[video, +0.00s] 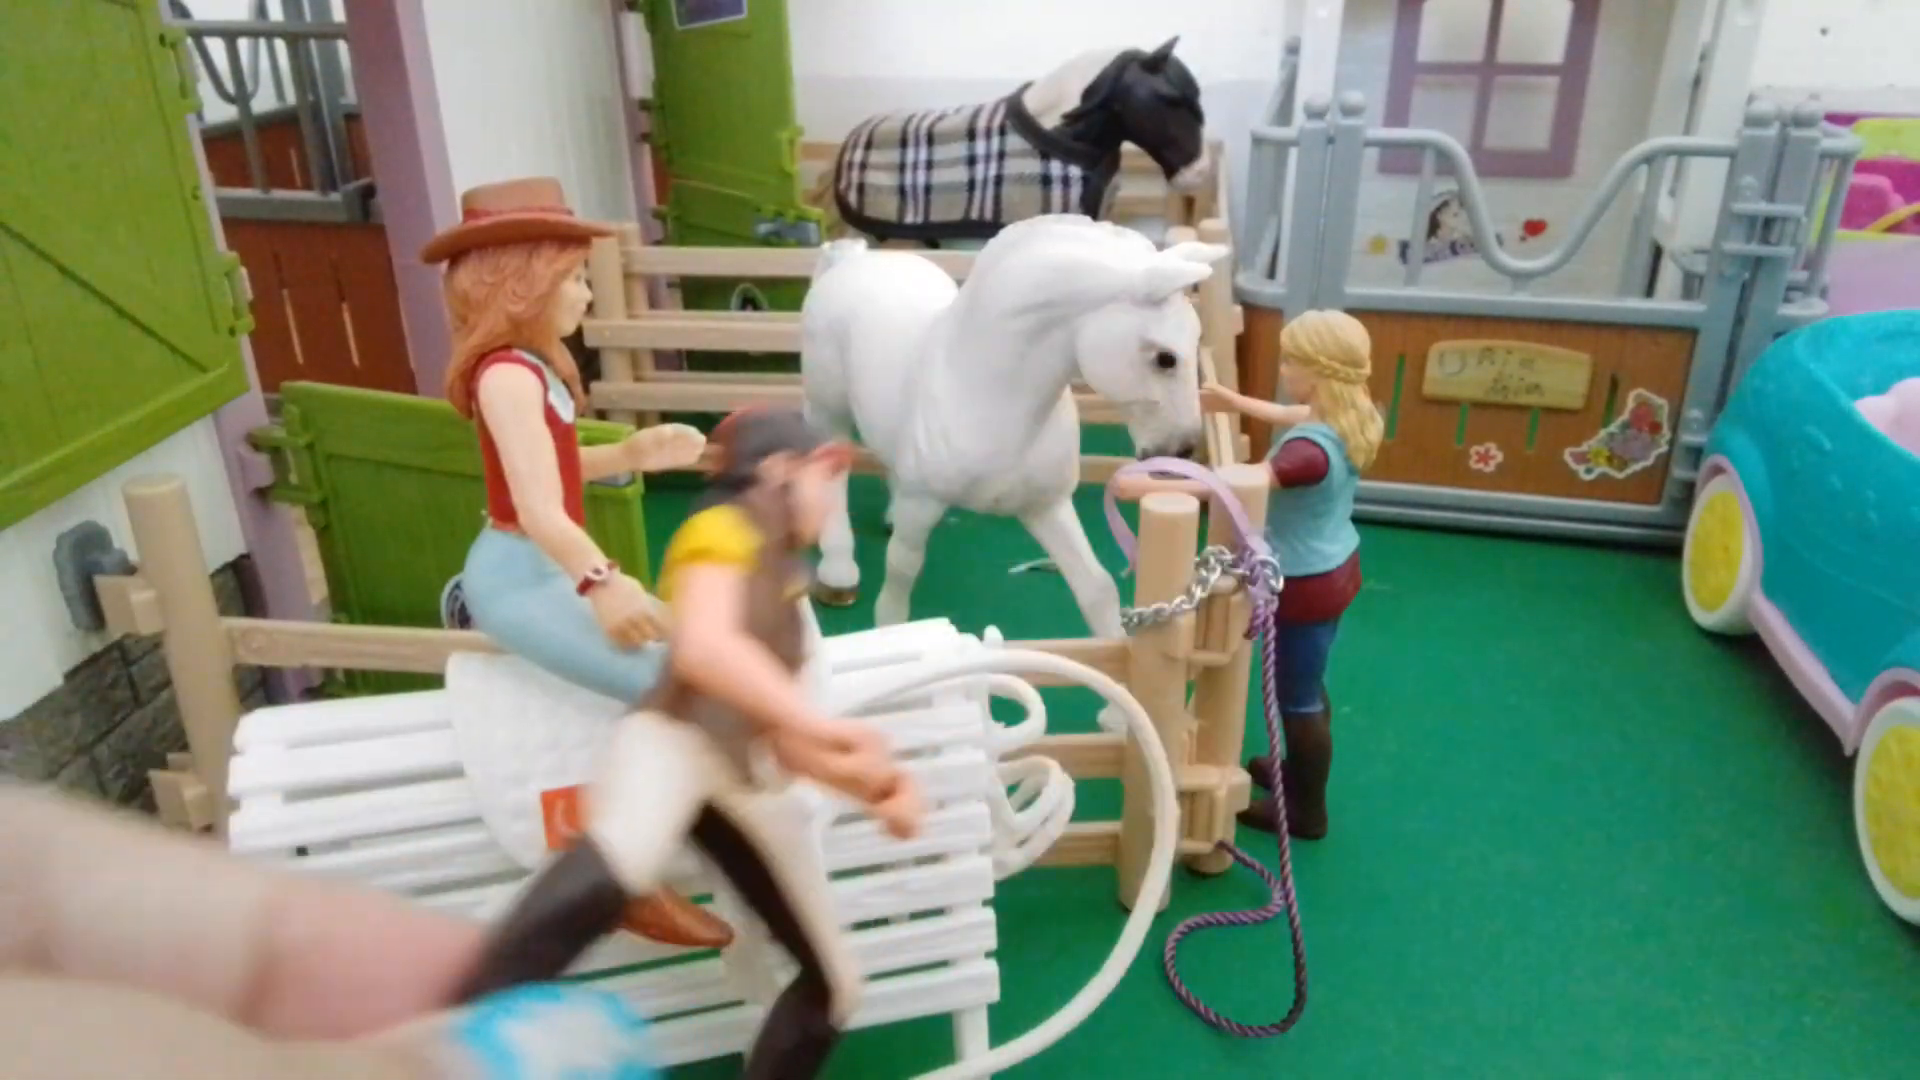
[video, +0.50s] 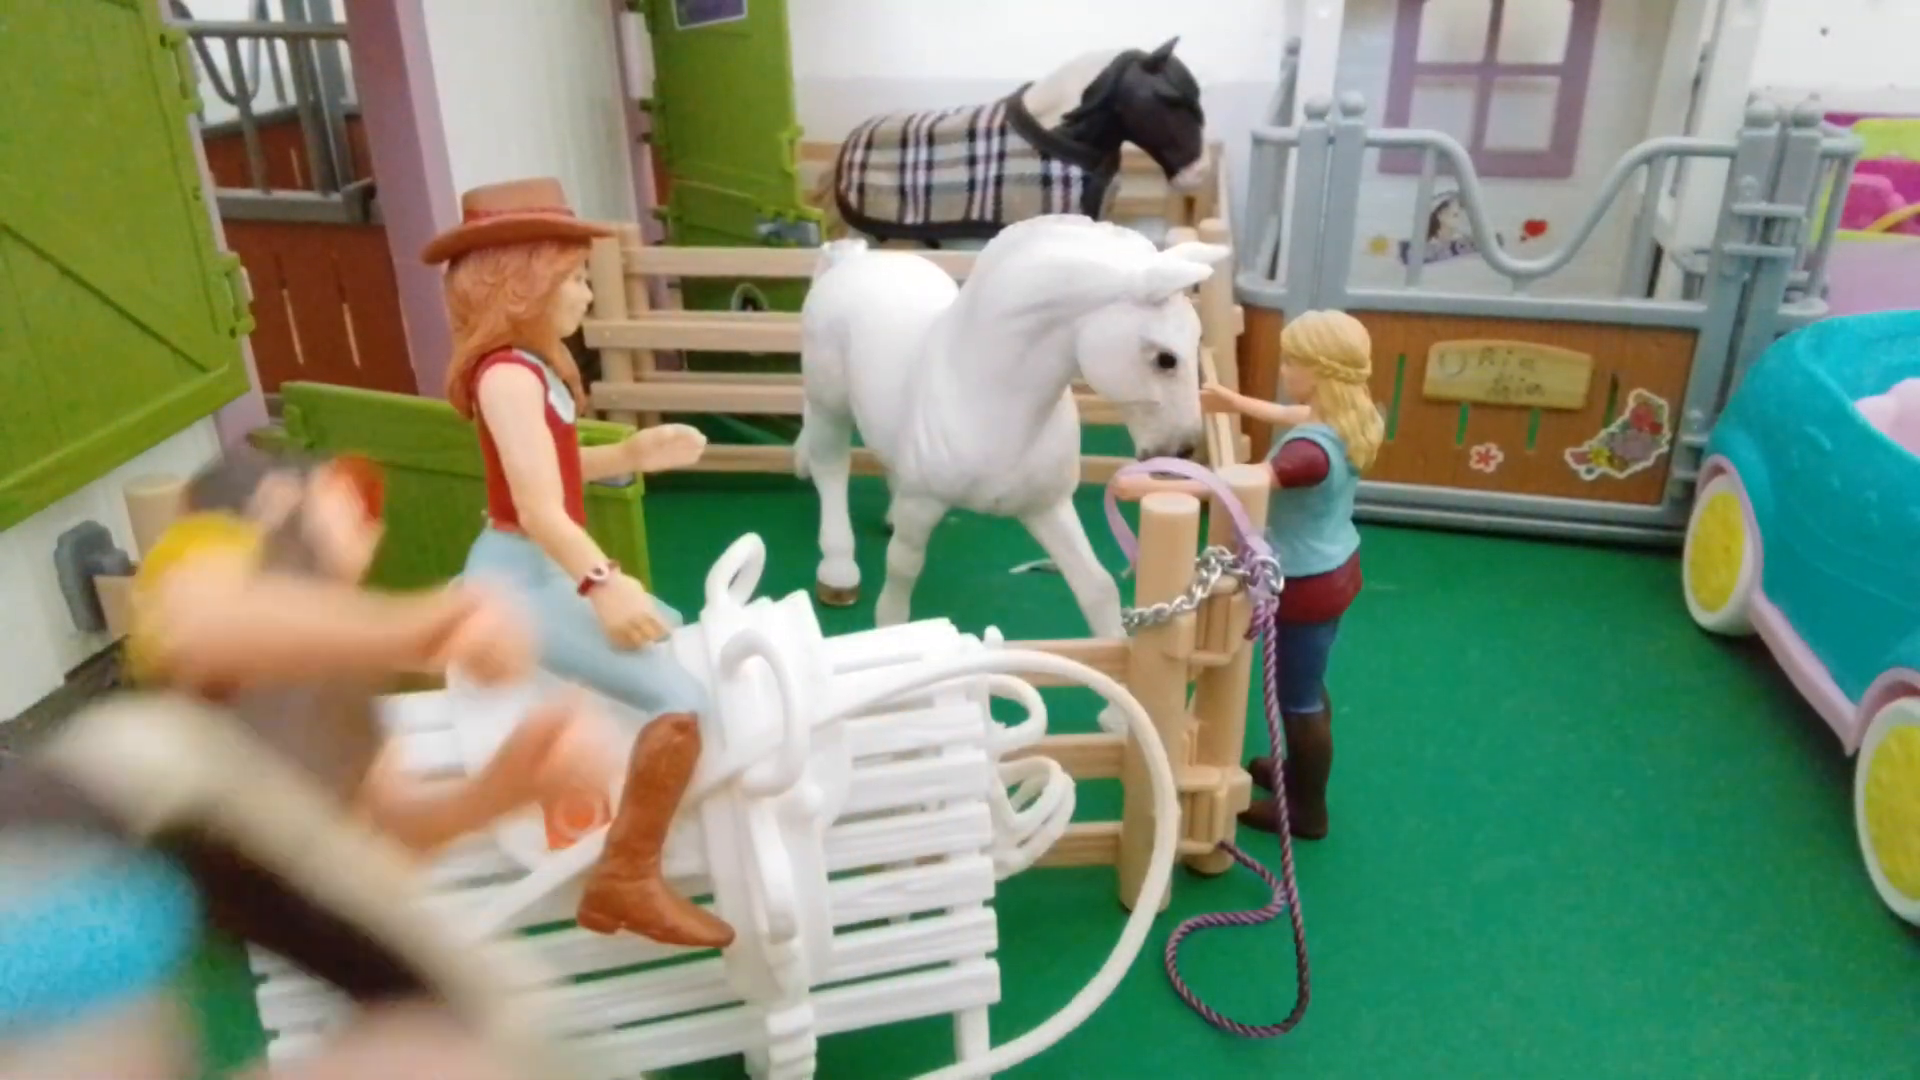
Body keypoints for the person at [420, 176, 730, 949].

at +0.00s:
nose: (587, 295)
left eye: (584, 277)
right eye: (575, 278)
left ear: (531, 288)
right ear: (527, 286)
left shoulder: (539, 368)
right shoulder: (510, 378)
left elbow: (556, 467)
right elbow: (538, 513)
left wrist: (634, 454)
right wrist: (605, 583)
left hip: (545, 564)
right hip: (516, 576)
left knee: (689, 665)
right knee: (682, 685)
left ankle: (636, 869)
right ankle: (630, 870)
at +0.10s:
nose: (588, 295)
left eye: (585, 279)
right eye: (579, 278)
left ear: (534, 287)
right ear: (530, 285)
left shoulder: (536, 370)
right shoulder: (509, 377)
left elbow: (557, 467)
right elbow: (540, 517)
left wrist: (637, 451)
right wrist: (622, 592)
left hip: (547, 559)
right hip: (518, 571)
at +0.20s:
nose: (588, 295)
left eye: (585, 277)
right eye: (576, 279)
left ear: (536, 286)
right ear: (528, 286)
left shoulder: (541, 367)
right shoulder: (510, 376)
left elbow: (552, 467)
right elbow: (535, 510)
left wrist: (632, 454)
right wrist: (604, 582)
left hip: (553, 572)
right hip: (527, 581)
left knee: (692, 679)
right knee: (683, 699)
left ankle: (624, 879)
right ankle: (634, 877)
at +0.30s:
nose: (587, 295)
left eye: (584, 278)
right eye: (574, 279)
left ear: (528, 289)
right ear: (526, 286)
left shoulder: (535, 369)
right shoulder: (509, 377)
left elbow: (551, 469)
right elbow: (536, 513)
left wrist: (633, 454)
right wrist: (604, 582)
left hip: (548, 569)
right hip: (519, 580)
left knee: (697, 666)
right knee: (681, 696)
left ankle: (636, 873)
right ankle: (626, 878)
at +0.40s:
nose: (587, 294)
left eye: (585, 277)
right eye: (575, 278)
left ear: (530, 289)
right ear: (526, 286)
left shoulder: (537, 368)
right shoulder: (510, 378)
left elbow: (553, 469)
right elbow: (537, 514)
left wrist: (633, 454)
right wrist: (605, 582)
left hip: (550, 558)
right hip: (524, 566)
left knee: (691, 678)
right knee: (682, 697)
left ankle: (633, 874)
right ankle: (626, 877)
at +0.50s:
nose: (588, 295)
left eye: (585, 278)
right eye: (576, 279)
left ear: (530, 289)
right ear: (527, 286)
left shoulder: (535, 369)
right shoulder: (509, 378)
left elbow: (550, 469)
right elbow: (536, 512)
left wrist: (633, 455)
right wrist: (605, 583)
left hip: (548, 569)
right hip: (520, 579)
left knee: (696, 665)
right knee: (683, 696)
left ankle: (637, 873)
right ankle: (627, 879)